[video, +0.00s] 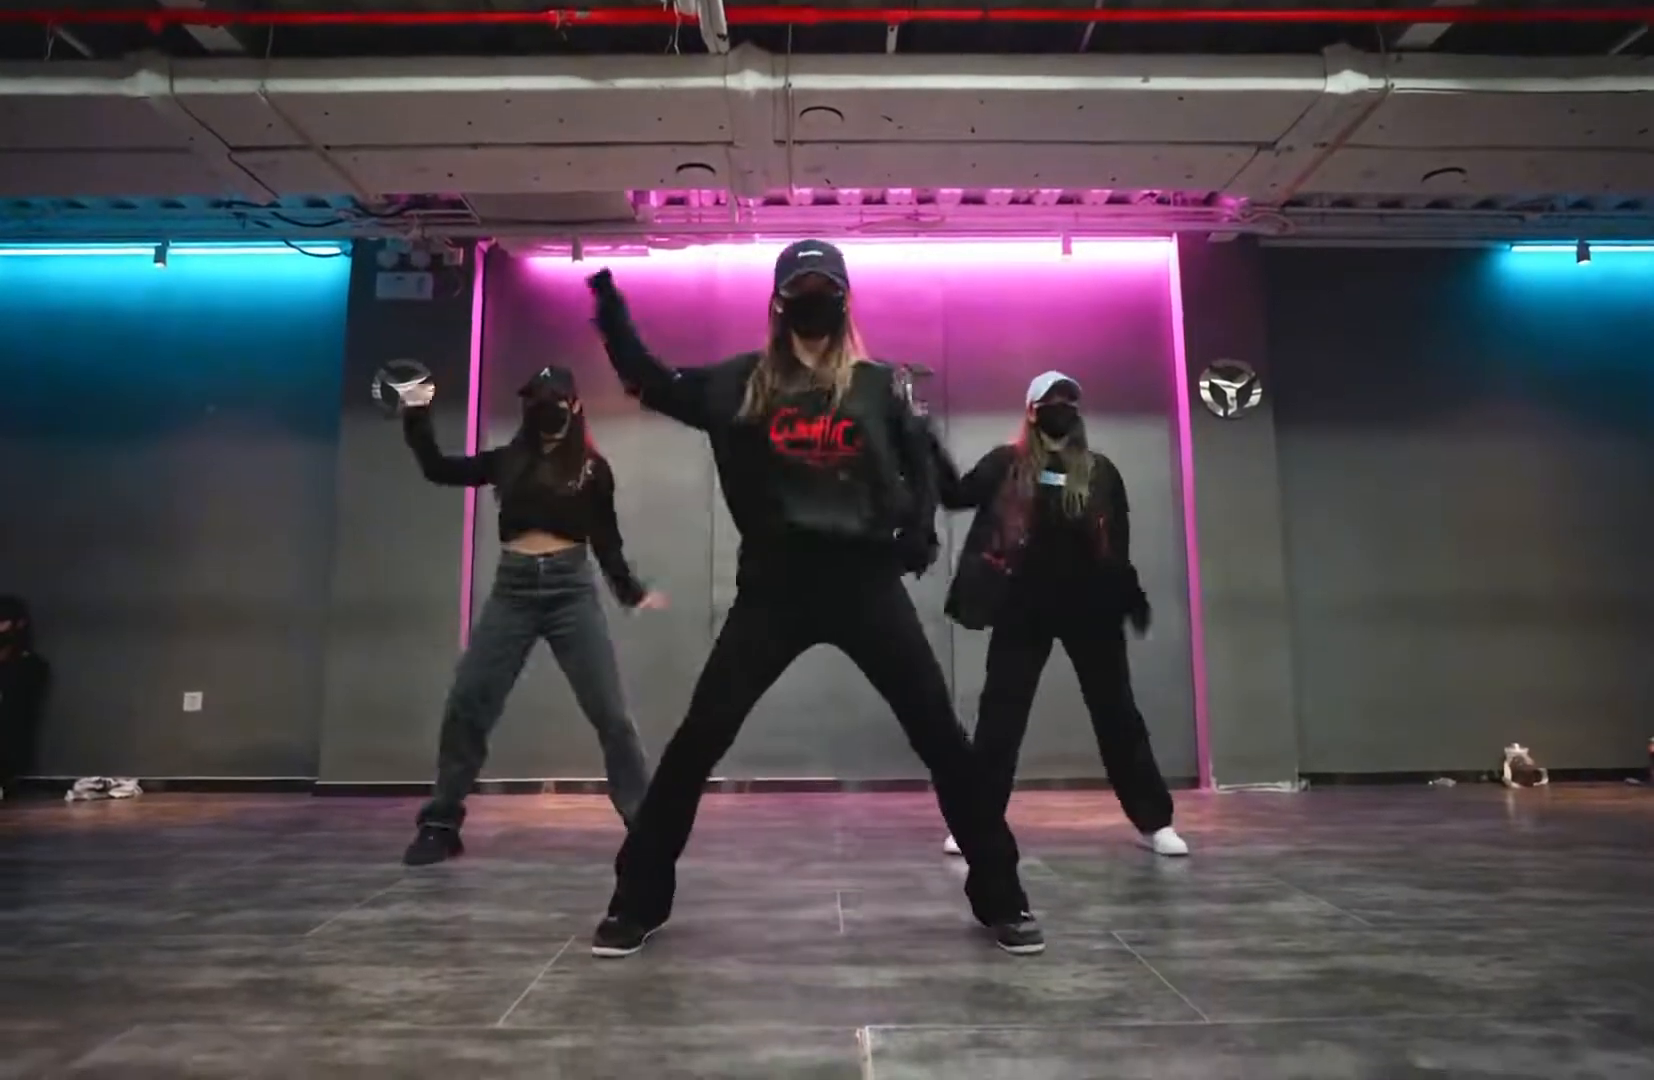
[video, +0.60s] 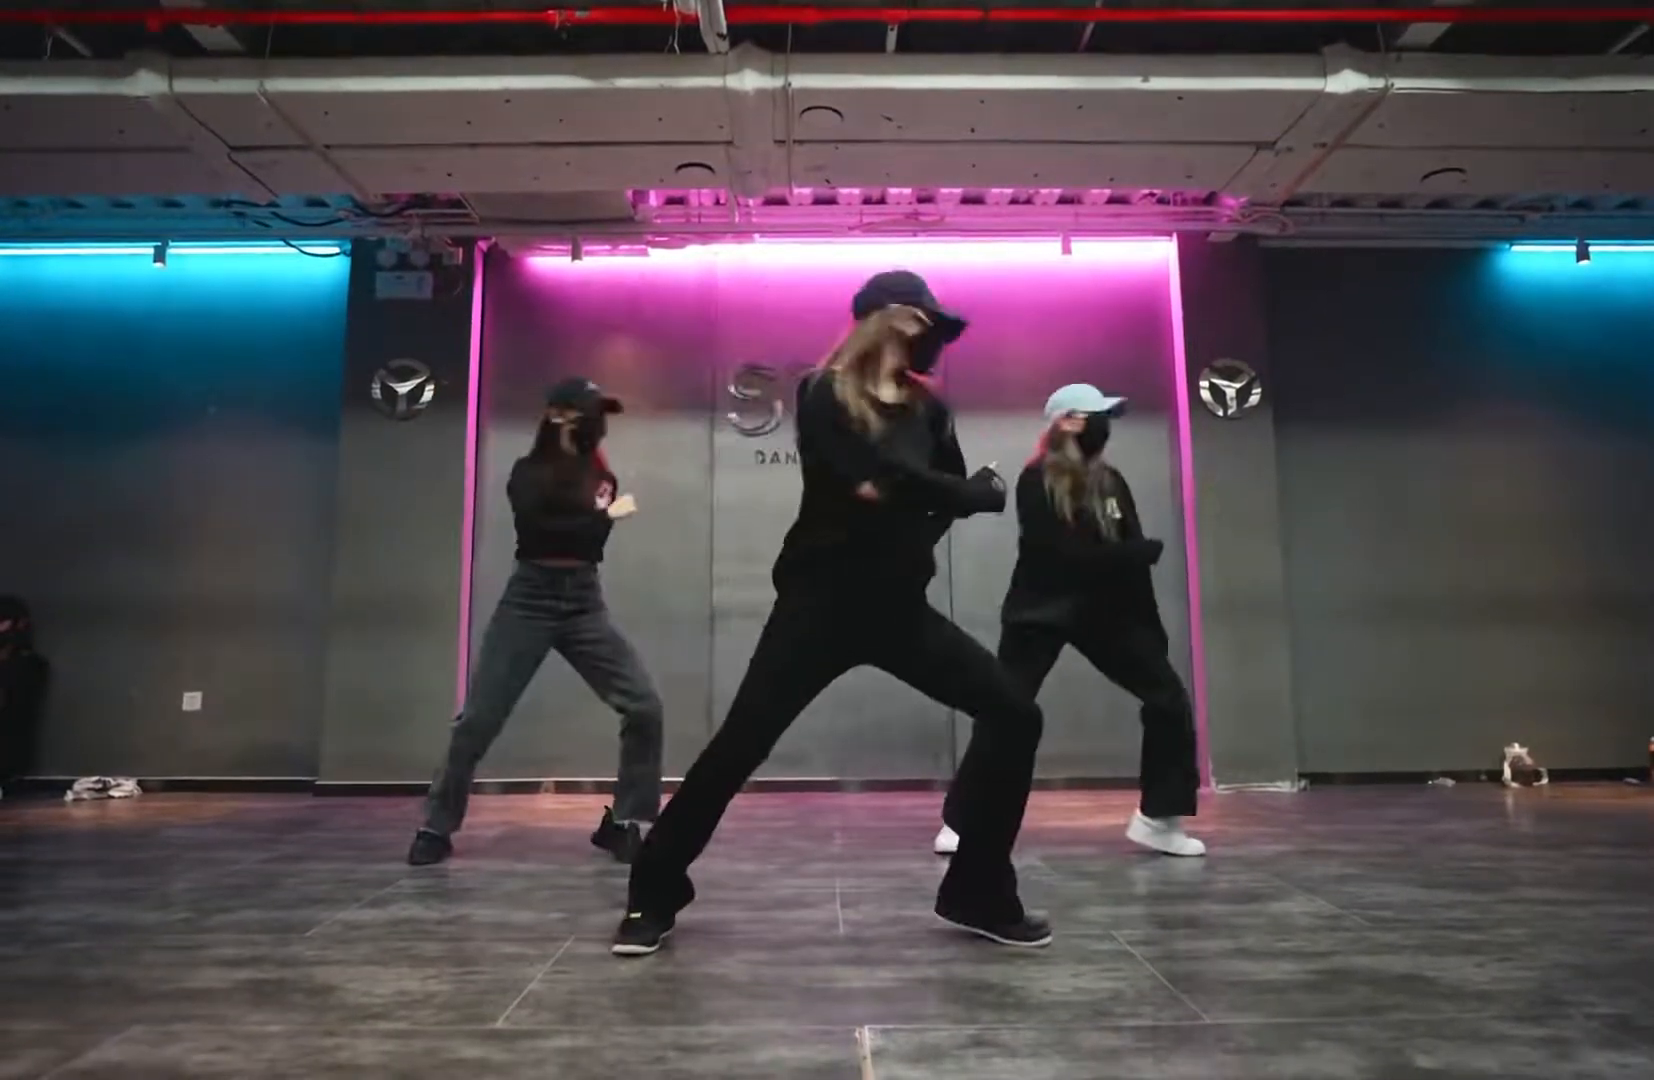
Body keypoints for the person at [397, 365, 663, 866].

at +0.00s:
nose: (546, 415)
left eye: (555, 406)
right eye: (538, 406)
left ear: (574, 408)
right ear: (526, 407)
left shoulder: (591, 468)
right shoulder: (507, 459)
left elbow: (607, 541)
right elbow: (438, 469)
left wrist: (631, 591)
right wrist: (417, 415)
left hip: (572, 593)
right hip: (512, 592)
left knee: (612, 715)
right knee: (469, 700)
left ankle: (646, 832)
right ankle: (440, 824)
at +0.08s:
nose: (544, 416)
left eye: (554, 407)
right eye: (536, 407)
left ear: (572, 410)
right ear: (524, 409)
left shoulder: (588, 468)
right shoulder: (505, 458)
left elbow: (628, 525)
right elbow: (437, 459)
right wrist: (436, 400)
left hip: (570, 597)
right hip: (512, 598)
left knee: (610, 714)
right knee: (458, 700)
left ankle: (645, 830)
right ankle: (438, 823)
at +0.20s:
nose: (539, 433)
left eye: (549, 423)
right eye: (530, 422)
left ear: (570, 422)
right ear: (520, 422)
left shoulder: (591, 470)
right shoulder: (504, 468)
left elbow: (656, 501)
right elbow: (443, 484)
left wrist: (625, 493)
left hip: (568, 604)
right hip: (513, 604)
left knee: (575, 726)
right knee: (479, 720)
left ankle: (652, 824)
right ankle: (428, 828)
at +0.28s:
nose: (535, 441)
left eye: (546, 431)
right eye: (527, 430)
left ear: (565, 434)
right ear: (517, 432)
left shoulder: (583, 485)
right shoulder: (500, 486)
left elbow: (644, 536)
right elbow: (437, 541)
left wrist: (639, 602)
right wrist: (421, 601)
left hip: (571, 619)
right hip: (512, 619)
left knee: (573, 745)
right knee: (485, 732)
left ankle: (644, 829)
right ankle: (439, 827)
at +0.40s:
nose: (533, 442)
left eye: (543, 432)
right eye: (524, 432)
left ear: (561, 436)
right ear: (512, 435)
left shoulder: (577, 493)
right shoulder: (494, 494)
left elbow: (613, 559)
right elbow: (467, 567)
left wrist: (612, 623)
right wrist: (490, 616)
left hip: (573, 615)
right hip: (515, 615)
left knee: (585, 716)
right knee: (466, 729)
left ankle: (629, 834)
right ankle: (435, 832)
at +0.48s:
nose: (533, 433)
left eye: (545, 424)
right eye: (527, 423)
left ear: (567, 429)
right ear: (518, 428)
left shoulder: (590, 489)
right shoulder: (503, 486)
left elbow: (604, 557)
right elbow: (500, 553)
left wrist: (593, 604)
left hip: (578, 615)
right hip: (520, 614)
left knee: (624, 711)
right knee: (466, 725)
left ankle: (616, 823)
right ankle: (434, 830)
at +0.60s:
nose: (591, 429)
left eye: (593, 421)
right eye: (583, 419)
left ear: (592, 424)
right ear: (557, 418)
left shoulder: (600, 476)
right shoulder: (529, 470)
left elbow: (593, 535)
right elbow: (536, 525)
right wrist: (602, 516)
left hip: (583, 607)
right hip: (528, 604)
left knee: (644, 707)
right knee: (479, 719)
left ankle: (624, 823)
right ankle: (435, 830)